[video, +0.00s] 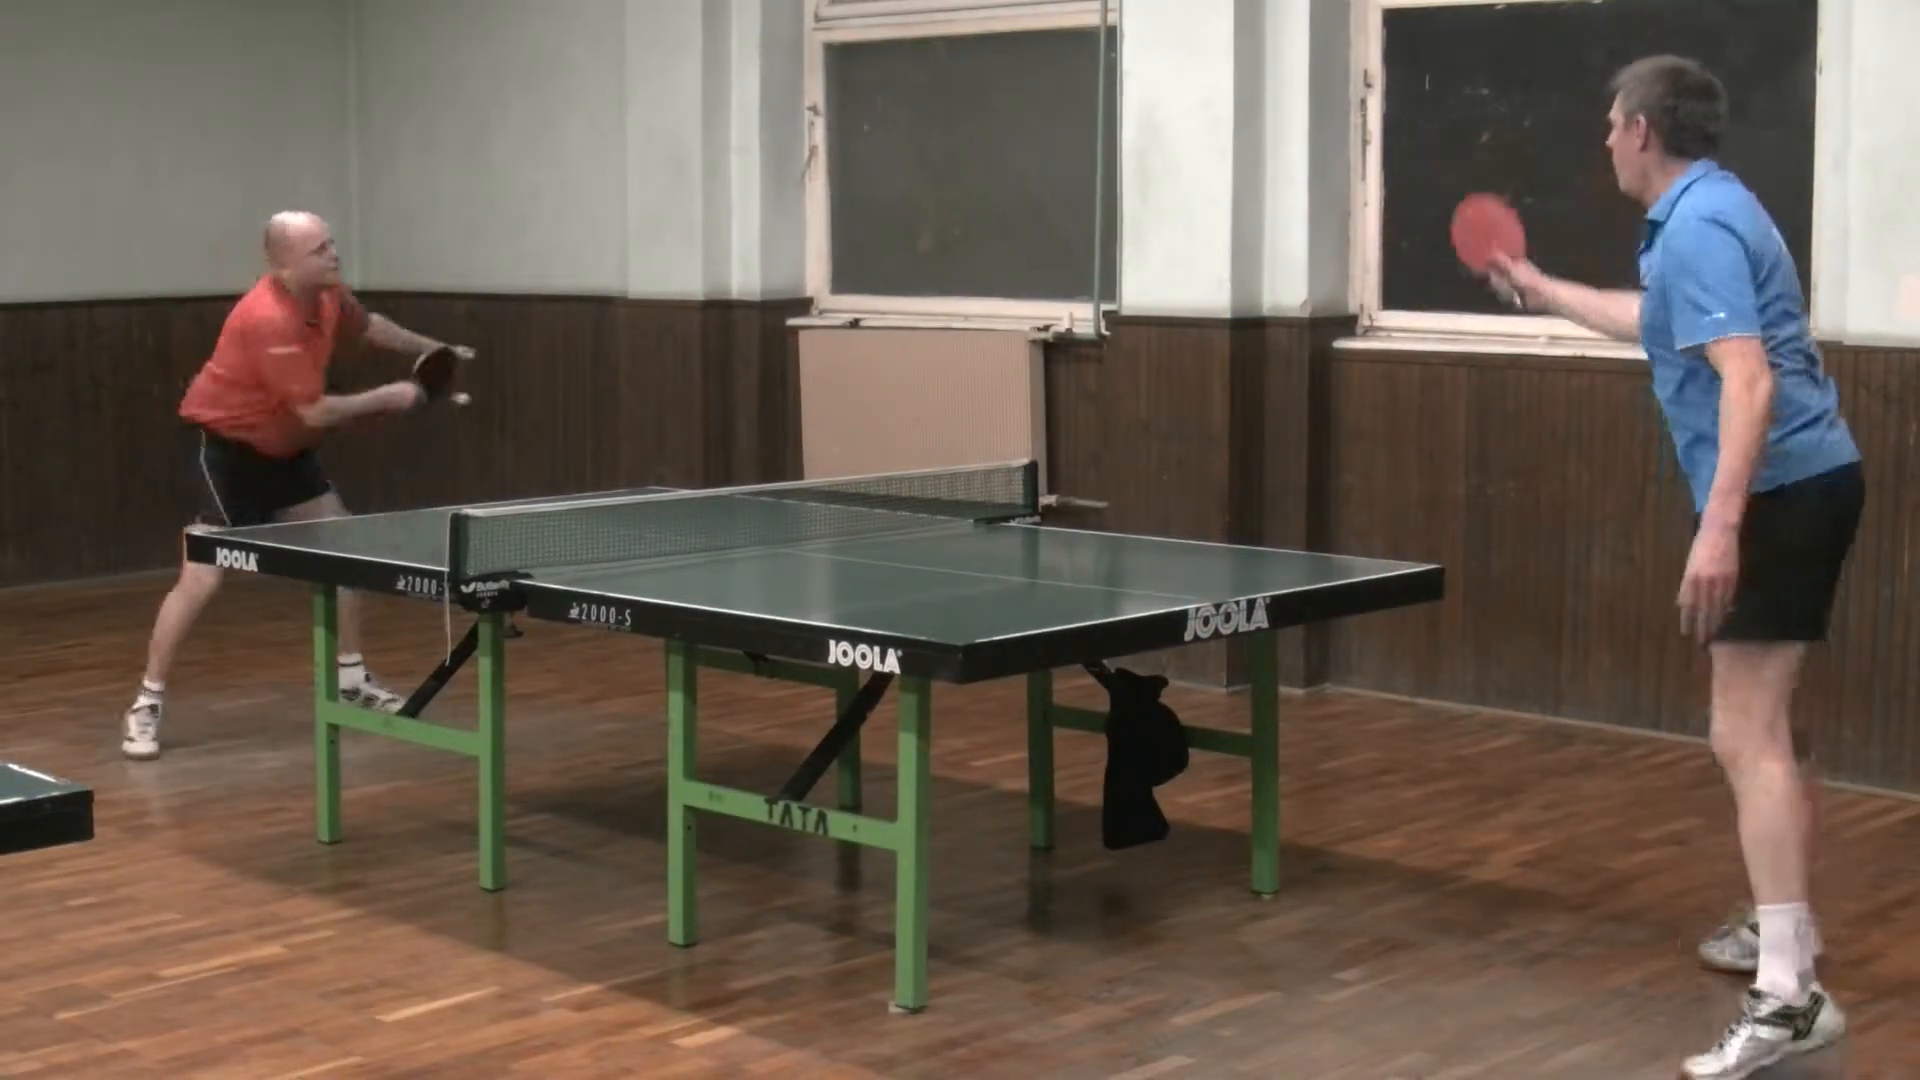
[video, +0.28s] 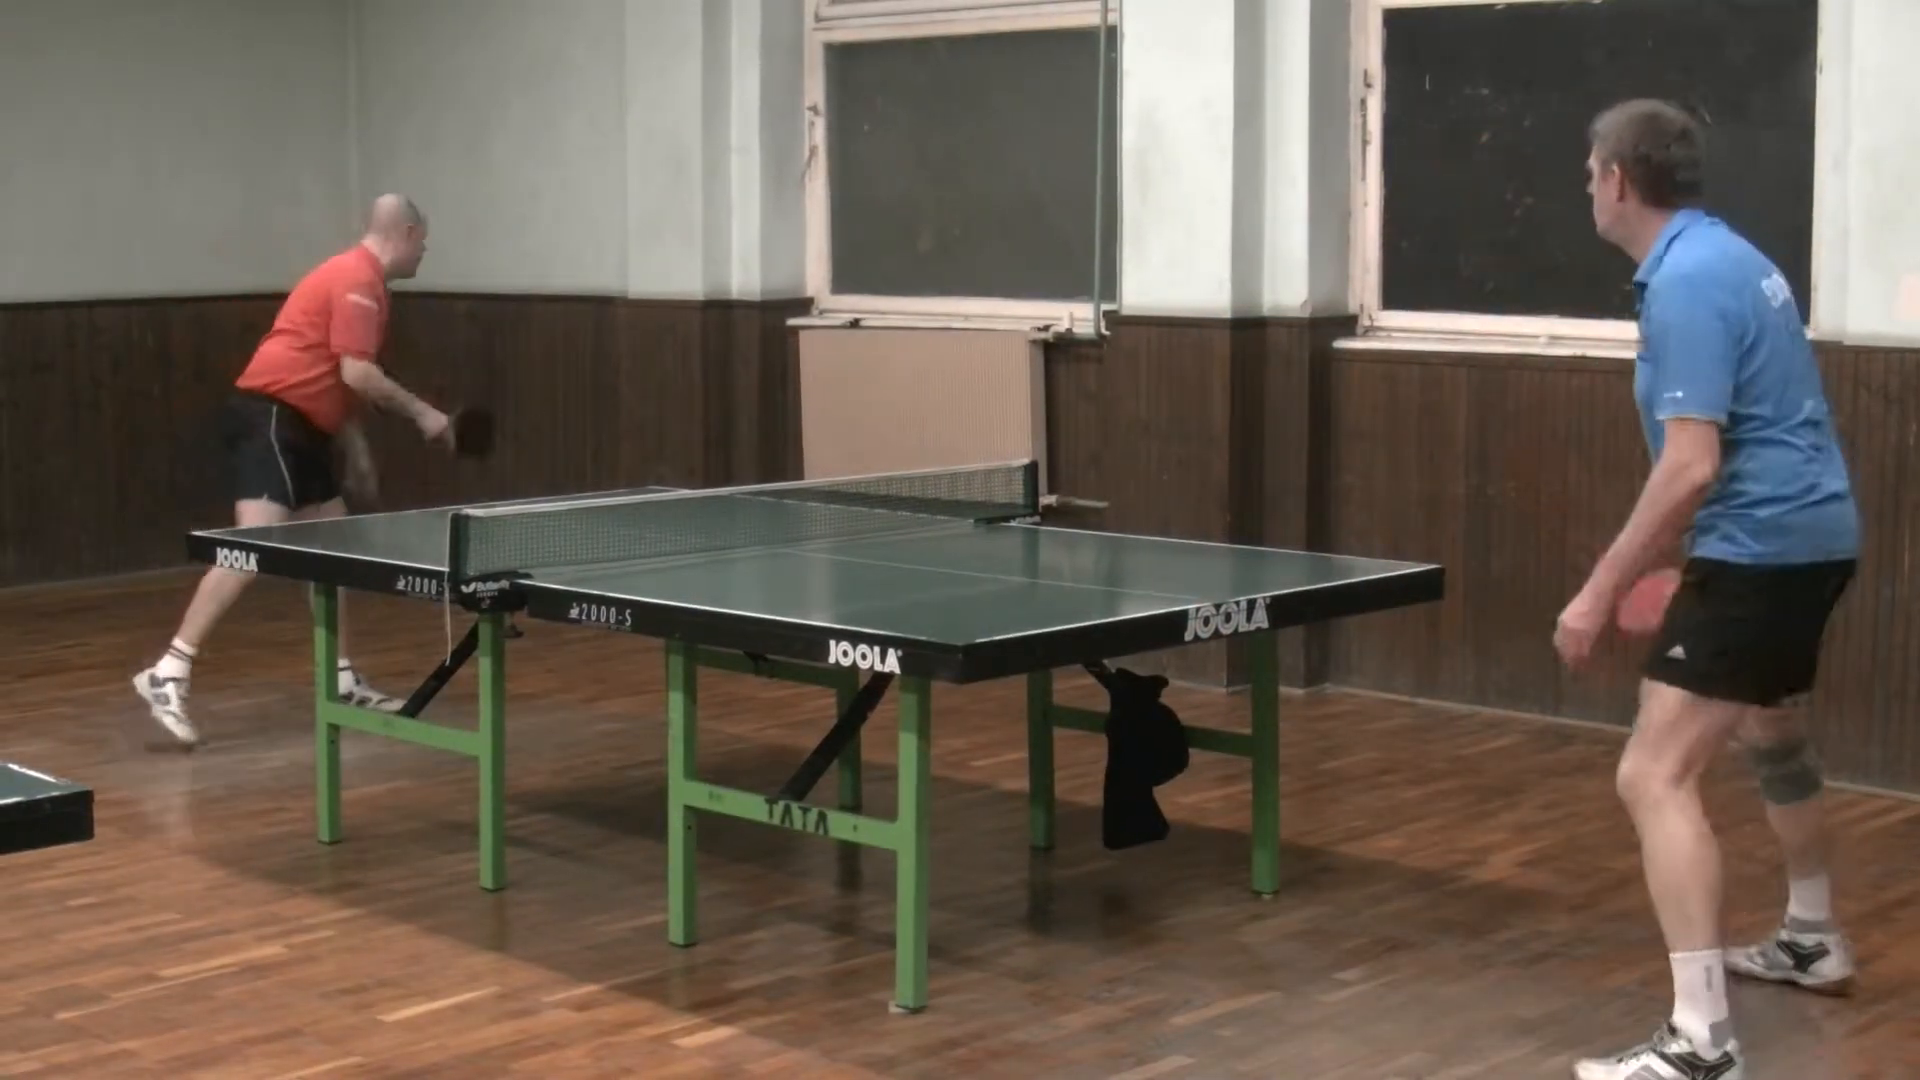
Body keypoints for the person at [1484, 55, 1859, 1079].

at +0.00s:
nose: (1607, 142)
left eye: (1613, 126)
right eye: (1611, 125)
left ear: (1643, 132)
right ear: (1677, 129)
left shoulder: (1695, 227)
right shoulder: (1706, 210)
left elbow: (1748, 377)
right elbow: (1660, 323)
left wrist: (1720, 526)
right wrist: (1540, 286)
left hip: (1781, 491)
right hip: (1791, 484)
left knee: (1746, 738)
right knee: (1759, 728)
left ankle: (1791, 992)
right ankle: (1785, 922)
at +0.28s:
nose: (1589, 191)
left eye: (1593, 175)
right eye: (1593, 174)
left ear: (1618, 181)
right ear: (1669, 176)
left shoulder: (1686, 280)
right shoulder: (1720, 258)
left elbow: (1691, 464)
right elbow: (1716, 440)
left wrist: (1597, 589)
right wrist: (1671, 555)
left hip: (1758, 548)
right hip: (1804, 540)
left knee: (1653, 775)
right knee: (1769, 732)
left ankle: (1698, 1035)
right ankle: (1812, 936)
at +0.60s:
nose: (1622, 134)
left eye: (1623, 118)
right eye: (1625, 116)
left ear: (1640, 126)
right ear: (1732, 121)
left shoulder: (1609, 240)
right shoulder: (1814, 242)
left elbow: (1567, 434)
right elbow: (1857, 419)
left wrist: (1605, 504)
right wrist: (1805, 508)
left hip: (1651, 568)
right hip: (1784, 567)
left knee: (1651, 791)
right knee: (1779, 783)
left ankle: (1697, 1035)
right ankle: (1795, 1040)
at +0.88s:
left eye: (1683, 143)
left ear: (1690, 152)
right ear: (1792, 156)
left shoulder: (1620, 270)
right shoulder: (1829, 271)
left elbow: (1583, 448)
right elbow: (1867, 479)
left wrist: (1618, 557)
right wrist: (1836, 597)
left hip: (1608, 588)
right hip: (1756, 599)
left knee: (1579, 820)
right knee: (1787, 840)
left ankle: (1511, 1048)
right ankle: (1753, 1069)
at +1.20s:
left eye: (1664, 169)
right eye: (1780, 184)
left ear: (1669, 173)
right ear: (1773, 184)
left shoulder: (1598, 271)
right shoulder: (1797, 293)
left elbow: (1597, 437)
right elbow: (1859, 508)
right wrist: (1832, 627)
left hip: (1549, 600)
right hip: (1699, 615)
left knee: (1501, 849)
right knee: (1758, 838)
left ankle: (1434, 1070)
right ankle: (1738, 1068)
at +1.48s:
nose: (1541, 143)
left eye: (1542, 126)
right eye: (1546, 127)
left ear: (1558, 127)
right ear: (1654, 131)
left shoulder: (1498, 235)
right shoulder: (1730, 264)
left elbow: (1392, 426)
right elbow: (1805, 459)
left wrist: (1421, 512)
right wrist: (1722, 555)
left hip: (1516, 607)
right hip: (1673, 614)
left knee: (1469, 856)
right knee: (1682, 853)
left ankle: (1486, 1071)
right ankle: (1723, 1070)